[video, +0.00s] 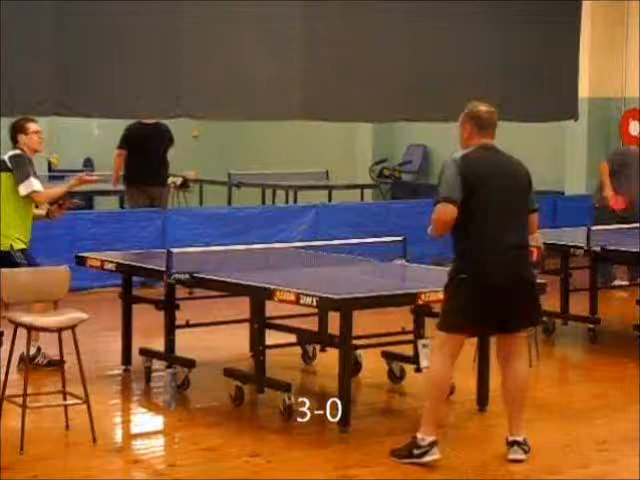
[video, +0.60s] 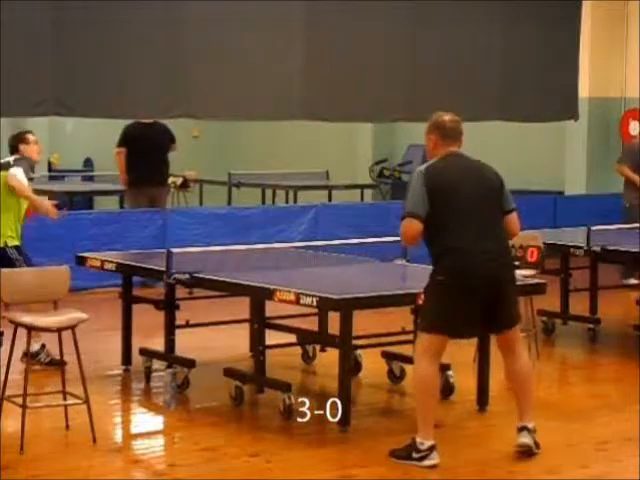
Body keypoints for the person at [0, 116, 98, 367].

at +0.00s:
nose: (41, 138)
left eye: (40, 134)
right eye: (36, 134)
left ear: (23, 140)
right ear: (21, 138)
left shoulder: (14, 160)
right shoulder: (18, 159)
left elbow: (17, 208)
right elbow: (40, 196)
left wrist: (46, 212)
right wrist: (74, 184)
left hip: (9, 243)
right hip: (10, 246)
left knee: (5, 297)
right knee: (44, 287)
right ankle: (33, 349)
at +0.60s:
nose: (39, 148)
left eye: (37, 143)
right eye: (34, 143)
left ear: (20, 149)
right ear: (21, 147)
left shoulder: (11, 166)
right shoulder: (20, 162)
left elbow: (16, 206)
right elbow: (14, 180)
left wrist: (39, 204)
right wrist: (40, 203)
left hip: (9, 239)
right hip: (7, 242)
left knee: (29, 289)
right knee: (34, 288)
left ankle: (34, 346)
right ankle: (34, 346)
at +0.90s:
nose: (69, 157)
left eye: (71, 152)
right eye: (66, 151)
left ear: (56, 153)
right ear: (51, 150)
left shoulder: (48, 179)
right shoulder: (31, 165)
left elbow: (41, 209)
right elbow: (3, 187)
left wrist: (54, 215)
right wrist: (14, 212)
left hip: (23, 240)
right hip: (10, 240)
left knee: (35, 288)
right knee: (39, 286)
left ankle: (38, 347)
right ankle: (38, 347)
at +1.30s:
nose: (80, 153)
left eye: (82, 148)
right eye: (75, 149)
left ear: (79, 152)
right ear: (61, 151)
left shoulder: (75, 180)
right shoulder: (44, 172)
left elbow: (74, 207)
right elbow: (11, 199)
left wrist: (69, 226)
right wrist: (27, 234)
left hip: (55, 246)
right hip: (33, 245)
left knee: (59, 293)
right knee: (50, 295)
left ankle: (52, 343)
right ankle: (43, 347)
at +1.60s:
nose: (97, 147)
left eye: (98, 142)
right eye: (92, 142)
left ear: (95, 146)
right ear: (78, 145)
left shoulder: (89, 173)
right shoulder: (61, 166)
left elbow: (86, 209)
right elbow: (30, 193)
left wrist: (92, 224)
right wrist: (54, 222)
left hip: (71, 242)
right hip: (49, 241)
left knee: (90, 282)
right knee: (61, 289)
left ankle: (78, 330)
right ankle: (39, 345)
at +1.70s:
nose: (102, 154)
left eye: (103, 150)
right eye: (98, 149)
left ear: (98, 153)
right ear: (83, 151)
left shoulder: (90, 178)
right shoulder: (67, 173)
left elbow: (81, 214)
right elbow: (40, 199)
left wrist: (94, 230)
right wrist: (69, 226)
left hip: (74, 246)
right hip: (53, 246)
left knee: (97, 280)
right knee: (54, 295)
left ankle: (83, 329)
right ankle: (40, 346)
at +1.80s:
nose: (109, 162)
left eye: (110, 158)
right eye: (105, 157)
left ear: (95, 162)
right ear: (91, 159)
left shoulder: (84, 182)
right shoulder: (82, 181)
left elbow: (77, 223)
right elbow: (75, 210)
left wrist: (95, 241)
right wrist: (105, 227)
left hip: (71, 250)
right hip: (57, 251)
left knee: (99, 281)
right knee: (76, 297)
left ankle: (85, 329)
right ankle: (42, 346)